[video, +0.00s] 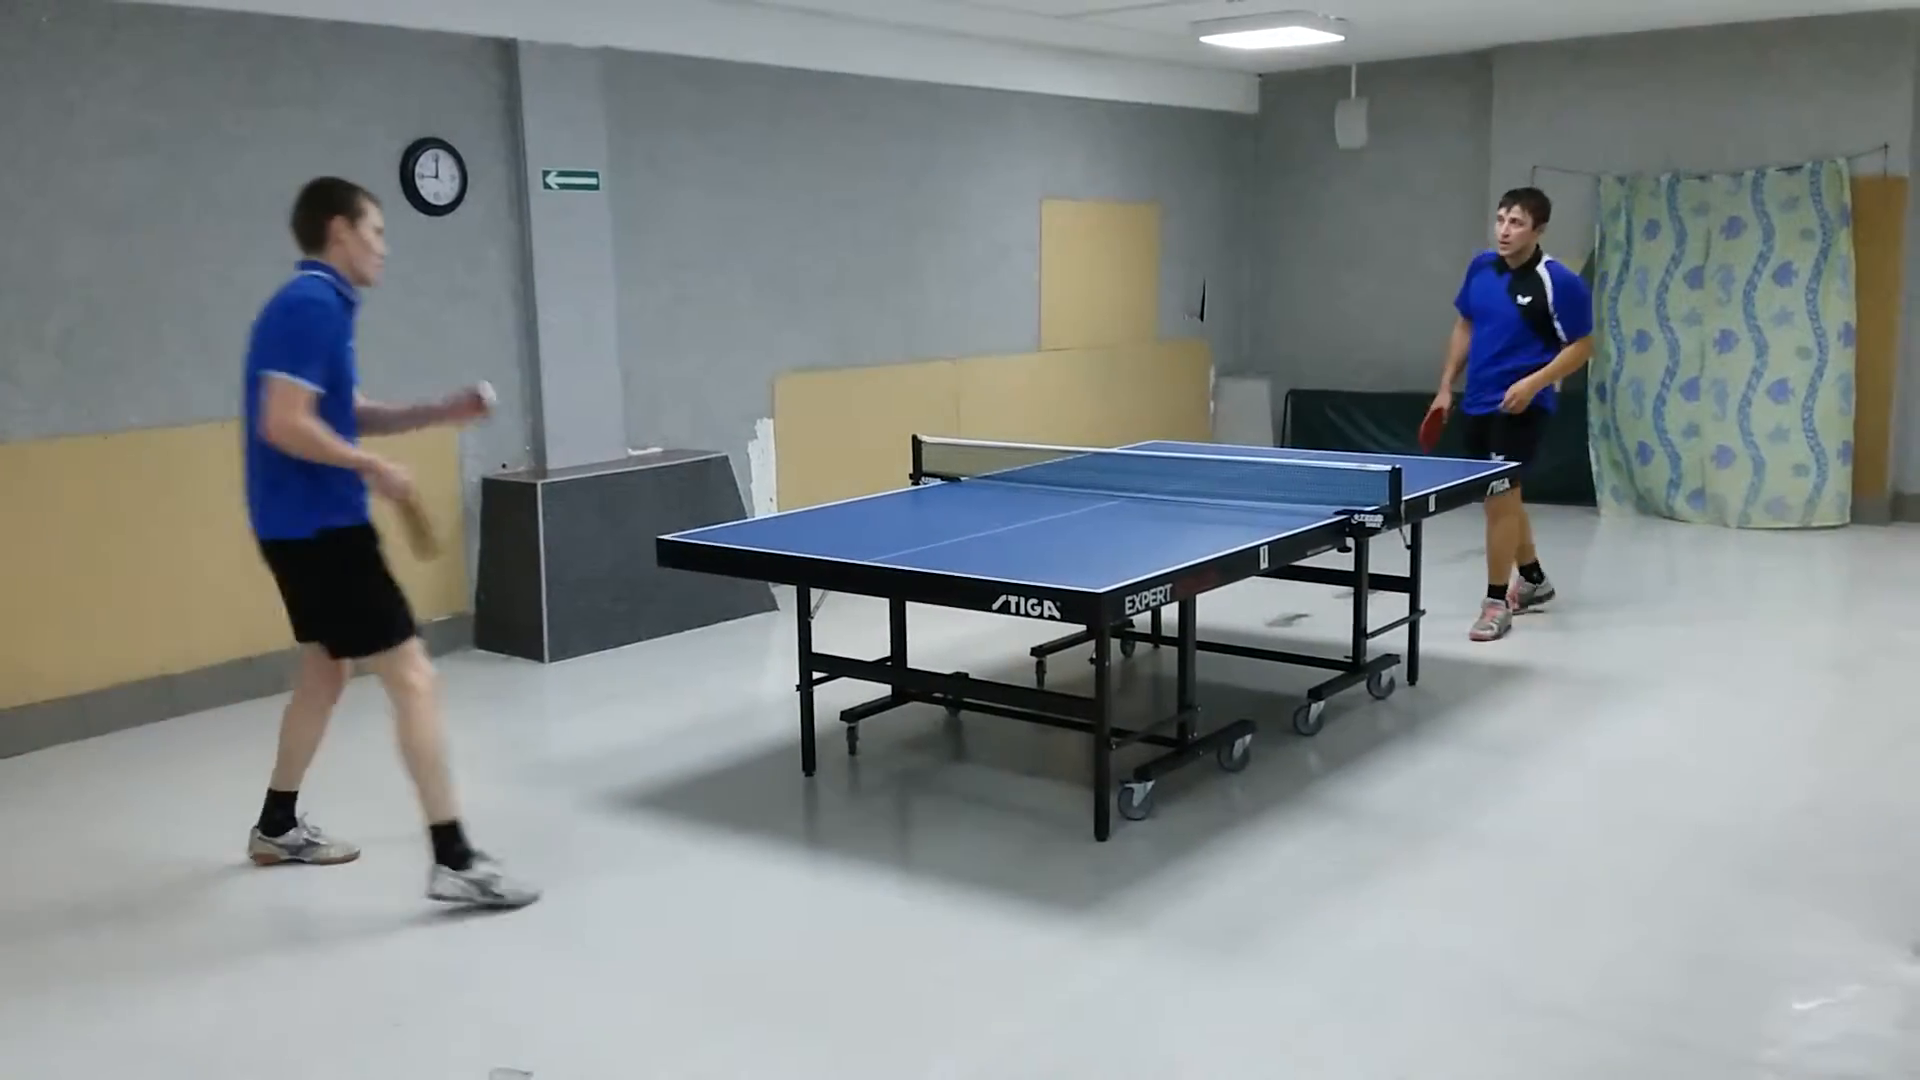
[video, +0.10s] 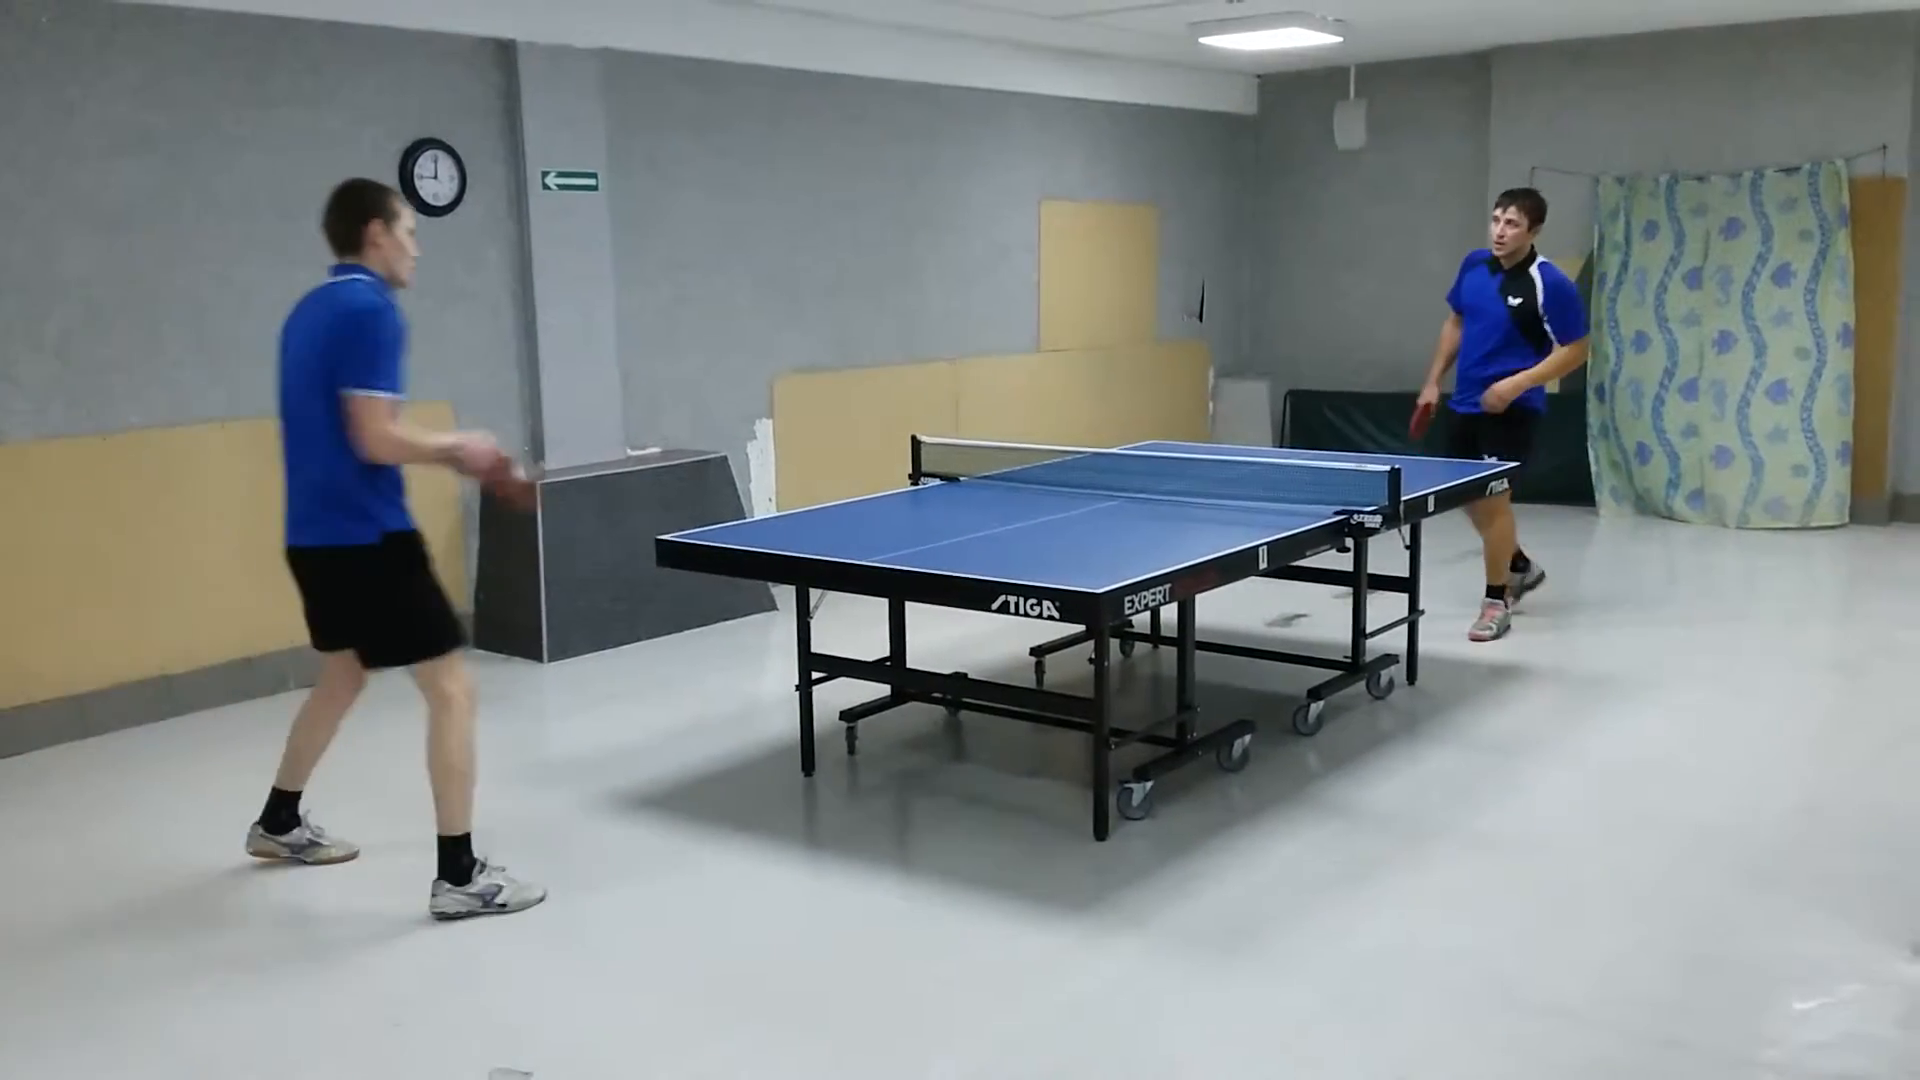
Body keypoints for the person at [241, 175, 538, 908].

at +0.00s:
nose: (383, 247)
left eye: (381, 234)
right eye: (373, 231)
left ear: (333, 236)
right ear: (335, 233)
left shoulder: (323, 305)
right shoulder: (311, 304)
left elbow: (343, 417)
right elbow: (282, 423)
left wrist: (440, 413)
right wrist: (375, 468)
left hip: (305, 527)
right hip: (320, 529)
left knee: (324, 669)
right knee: (414, 675)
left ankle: (276, 826)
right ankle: (453, 861)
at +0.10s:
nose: (416, 248)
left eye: (415, 234)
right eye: (408, 234)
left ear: (355, 239)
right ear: (376, 235)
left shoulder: (309, 311)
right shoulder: (370, 307)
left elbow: (352, 439)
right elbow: (375, 438)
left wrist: (453, 450)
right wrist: (459, 448)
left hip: (315, 542)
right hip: (371, 540)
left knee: (343, 674)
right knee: (451, 687)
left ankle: (277, 820)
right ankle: (459, 874)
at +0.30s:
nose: (469, 232)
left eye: (467, 217)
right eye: (464, 218)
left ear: (395, 224)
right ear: (436, 222)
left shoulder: (336, 299)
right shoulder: (448, 303)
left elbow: (312, 419)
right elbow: (503, 430)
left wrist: (390, 441)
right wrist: (564, 383)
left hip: (349, 535)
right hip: (426, 532)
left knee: (391, 677)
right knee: (473, 688)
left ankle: (320, 843)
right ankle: (463, 877)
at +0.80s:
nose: (502, 242)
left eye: (500, 228)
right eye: (498, 228)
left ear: (425, 235)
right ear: (471, 231)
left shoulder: (368, 316)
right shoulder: (487, 311)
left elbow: (320, 433)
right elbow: (497, 449)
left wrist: (383, 494)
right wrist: (567, 462)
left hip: (403, 564)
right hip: (489, 555)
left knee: (403, 734)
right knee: (603, 690)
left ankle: (388, 921)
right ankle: (588, 881)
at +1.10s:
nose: (592, 249)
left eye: (586, 235)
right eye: (588, 238)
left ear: (515, 251)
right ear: (575, 248)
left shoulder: (457, 327)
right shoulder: (599, 349)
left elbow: (395, 437)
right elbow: (612, 495)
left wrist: (453, 504)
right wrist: (658, 512)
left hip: (467, 578)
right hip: (557, 581)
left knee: (477, 710)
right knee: (632, 738)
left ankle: (400, 891)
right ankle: (624, 941)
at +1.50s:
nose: (669, 318)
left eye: (666, 304)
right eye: (667, 305)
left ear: (596, 303)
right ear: (650, 311)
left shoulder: (526, 348)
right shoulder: (628, 407)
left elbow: (442, 429)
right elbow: (627, 556)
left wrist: (497, 495)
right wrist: (702, 560)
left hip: (456, 582)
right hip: (534, 600)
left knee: (478, 696)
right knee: (641, 742)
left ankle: (435, 846)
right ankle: (623, 942)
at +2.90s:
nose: (552, 379)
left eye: (549, 366)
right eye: (549, 367)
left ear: (480, 370)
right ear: (532, 371)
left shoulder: (418, 419)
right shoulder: (525, 447)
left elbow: (399, 512)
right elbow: (596, 562)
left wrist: (480, 552)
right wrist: (615, 522)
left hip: (330, 620)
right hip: (408, 628)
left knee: (400, 708)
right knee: (567, 715)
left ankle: (305, 842)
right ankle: (574, 900)